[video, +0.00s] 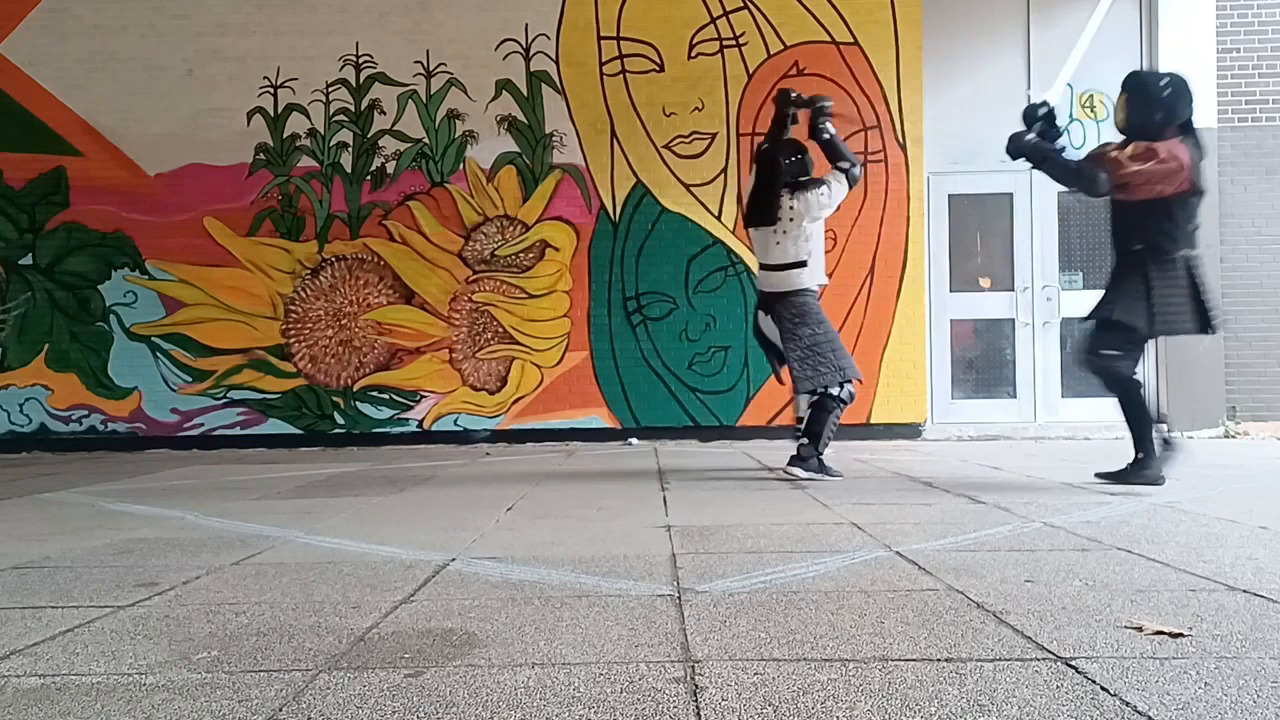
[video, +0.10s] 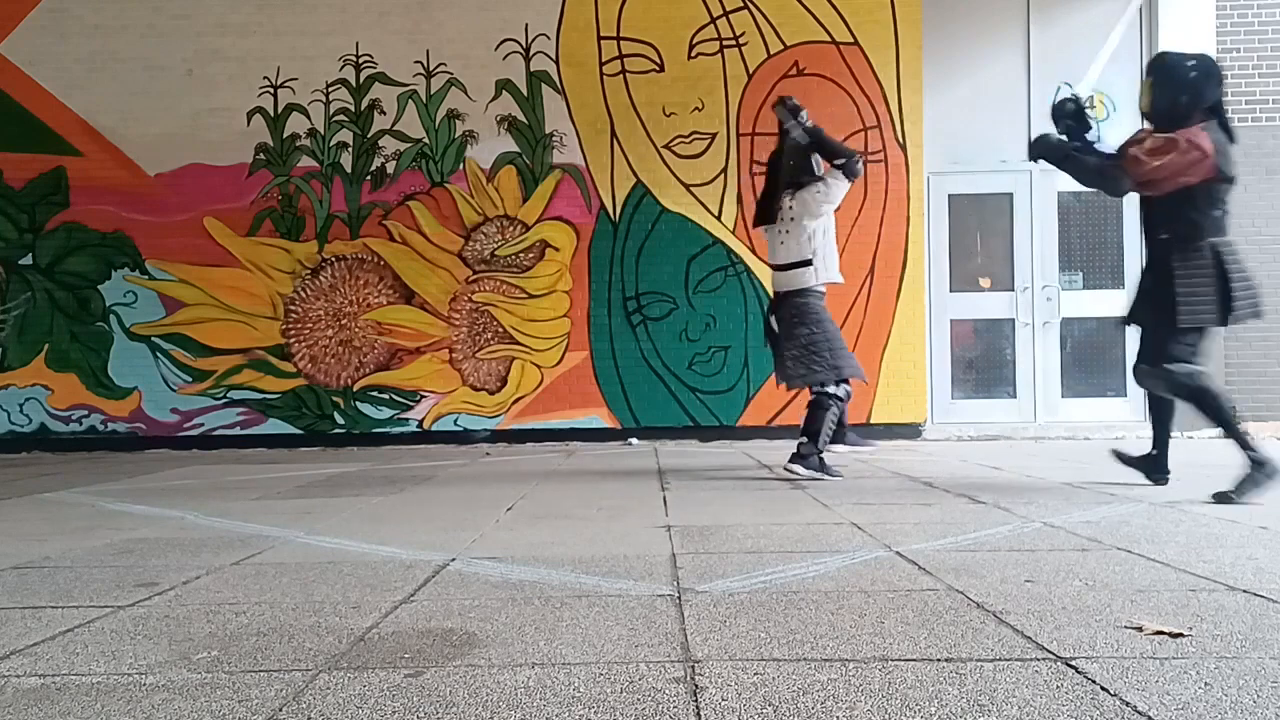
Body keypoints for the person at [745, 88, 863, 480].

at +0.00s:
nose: (809, 169)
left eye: (804, 164)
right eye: (805, 163)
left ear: (768, 169)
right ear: (799, 170)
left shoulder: (756, 202)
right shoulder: (808, 200)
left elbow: (766, 163)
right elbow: (850, 170)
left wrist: (782, 118)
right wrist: (824, 134)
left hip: (768, 302)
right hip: (799, 303)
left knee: (811, 376)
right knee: (844, 381)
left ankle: (810, 451)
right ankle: (807, 455)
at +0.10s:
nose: (823, 174)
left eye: (820, 167)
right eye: (818, 167)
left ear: (777, 171)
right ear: (810, 169)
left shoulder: (771, 207)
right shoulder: (812, 200)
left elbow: (779, 170)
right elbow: (850, 164)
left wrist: (795, 136)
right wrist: (814, 134)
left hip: (784, 305)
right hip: (805, 305)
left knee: (832, 369)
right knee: (837, 377)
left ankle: (835, 434)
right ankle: (807, 453)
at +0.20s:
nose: (830, 151)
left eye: (828, 145)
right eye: (826, 145)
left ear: (790, 164)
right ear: (807, 163)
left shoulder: (793, 204)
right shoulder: (794, 205)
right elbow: (836, 179)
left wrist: (791, 147)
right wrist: (805, 143)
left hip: (815, 305)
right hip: (803, 306)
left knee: (852, 375)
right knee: (825, 376)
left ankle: (851, 443)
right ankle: (808, 446)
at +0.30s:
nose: (818, 185)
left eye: (819, 179)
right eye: (812, 180)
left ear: (820, 181)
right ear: (795, 184)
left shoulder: (827, 209)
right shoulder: (779, 221)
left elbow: (854, 189)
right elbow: (802, 202)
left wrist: (840, 157)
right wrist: (795, 166)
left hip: (827, 312)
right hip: (798, 311)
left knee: (861, 378)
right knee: (819, 371)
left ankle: (848, 447)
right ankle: (801, 451)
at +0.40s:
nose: (812, 199)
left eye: (817, 193)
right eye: (806, 193)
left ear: (822, 197)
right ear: (791, 195)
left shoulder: (829, 230)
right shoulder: (778, 233)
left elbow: (863, 222)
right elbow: (777, 226)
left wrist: (837, 198)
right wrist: (787, 190)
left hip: (826, 318)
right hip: (793, 317)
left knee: (868, 378)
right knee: (806, 376)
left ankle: (850, 446)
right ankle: (776, 441)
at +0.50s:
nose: (807, 207)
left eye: (811, 201)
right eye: (801, 201)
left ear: (815, 201)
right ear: (786, 200)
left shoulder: (824, 228)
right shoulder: (770, 229)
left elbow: (845, 254)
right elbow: (745, 252)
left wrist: (811, 233)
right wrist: (767, 215)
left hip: (818, 321)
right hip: (781, 322)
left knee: (863, 376)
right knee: (777, 385)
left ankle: (849, 447)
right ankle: (742, 436)